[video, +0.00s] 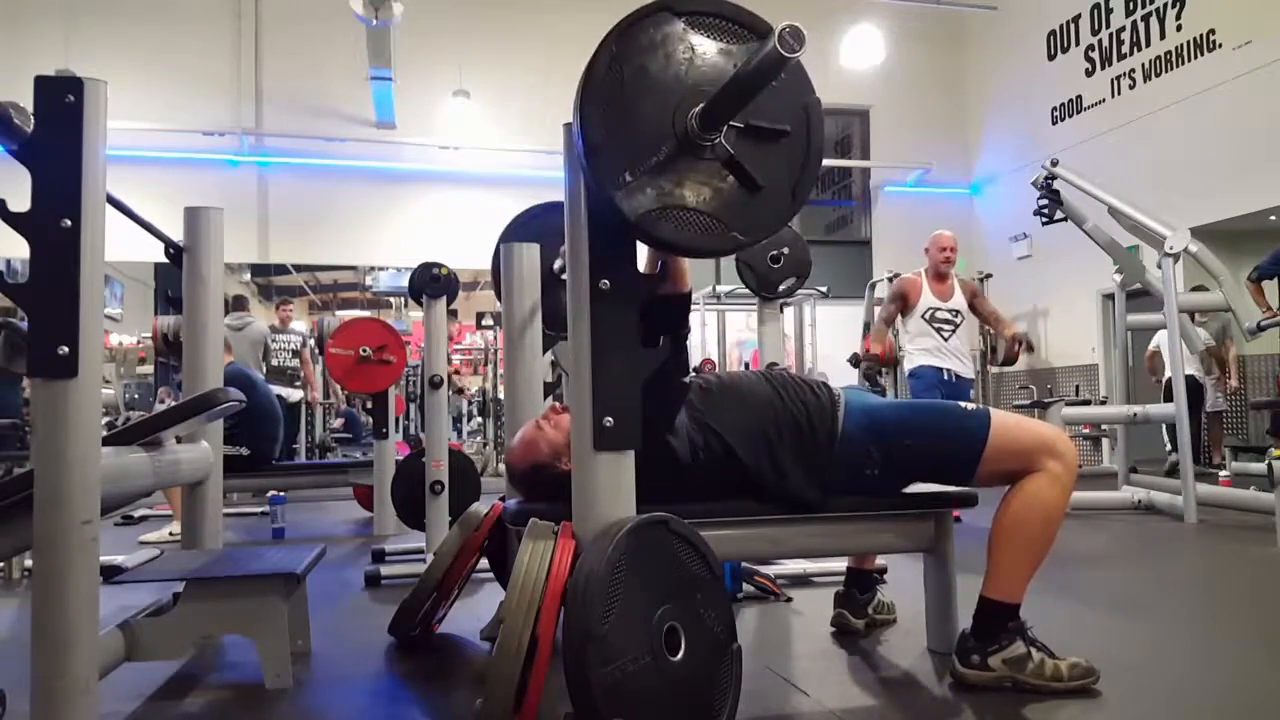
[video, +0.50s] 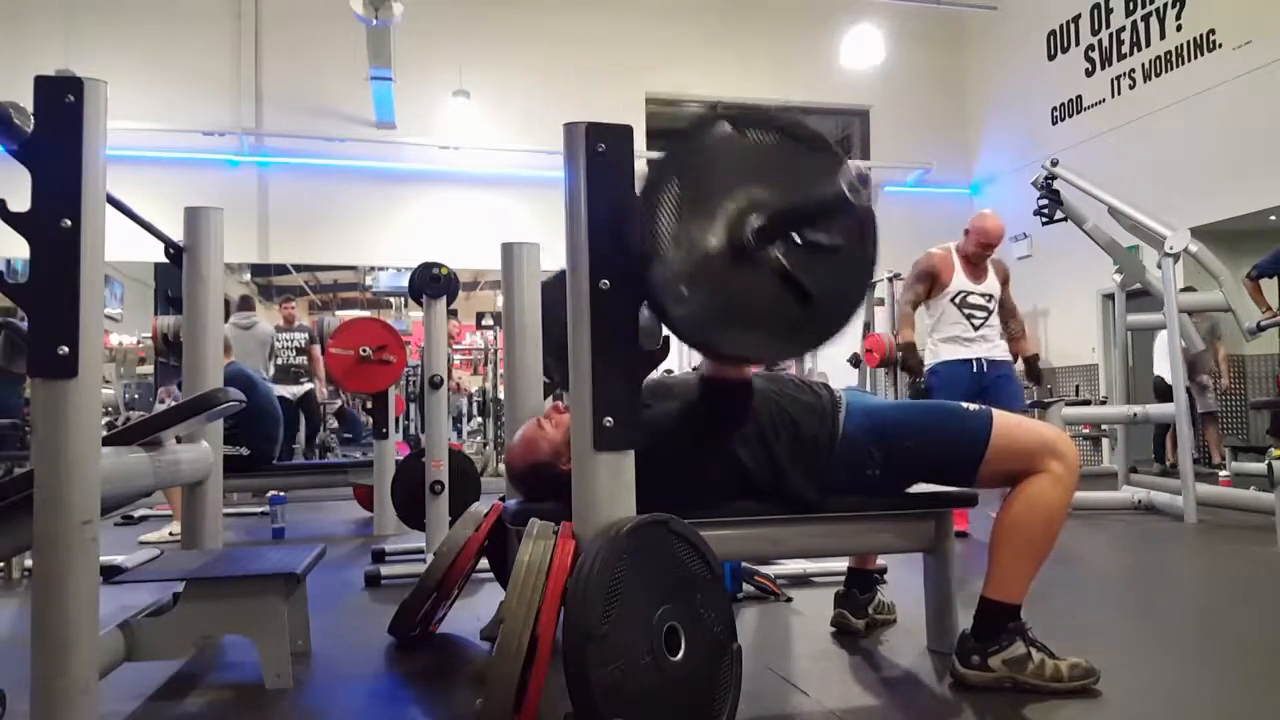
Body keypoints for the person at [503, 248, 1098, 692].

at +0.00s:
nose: (554, 409)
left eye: (544, 413)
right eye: (545, 426)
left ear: (564, 431)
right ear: (562, 463)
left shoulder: (615, 434)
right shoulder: (629, 457)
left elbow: (647, 366)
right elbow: (657, 348)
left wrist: (662, 266)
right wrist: (669, 255)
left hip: (827, 419)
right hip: (846, 435)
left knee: (922, 437)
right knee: (1054, 454)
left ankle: (858, 592)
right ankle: (992, 639)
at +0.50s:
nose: (553, 410)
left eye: (544, 413)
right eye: (544, 425)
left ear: (561, 421)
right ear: (555, 461)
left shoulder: (607, 436)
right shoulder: (617, 460)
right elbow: (714, 408)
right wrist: (731, 306)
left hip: (814, 430)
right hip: (837, 435)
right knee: (1055, 456)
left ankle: (860, 595)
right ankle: (993, 640)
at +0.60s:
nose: (550, 413)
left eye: (541, 416)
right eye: (543, 426)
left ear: (555, 424)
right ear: (553, 457)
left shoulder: (613, 425)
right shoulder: (608, 449)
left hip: (802, 424)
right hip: (826, 437)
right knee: (1057, 454)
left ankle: (858, 594)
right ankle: (992, 640)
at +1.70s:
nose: (546, 412)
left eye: (538, 417)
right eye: (540, 428)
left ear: (557, 422)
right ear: (557, 461)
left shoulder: (608, 425)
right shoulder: (607, 451)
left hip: (806, 426)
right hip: (835, 434)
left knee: (921, 435)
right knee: (1053, 456)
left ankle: (858, 596)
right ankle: (992, 640)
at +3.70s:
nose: (544, 409)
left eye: (533, 416)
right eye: (537, 428)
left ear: (553, 437)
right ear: (556, 458)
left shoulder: (612, 427)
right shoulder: (627, 444)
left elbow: (667, 388)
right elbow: (761, 468)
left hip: (797, 441)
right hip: (827, 452)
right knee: (1053, 455)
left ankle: (856, 596)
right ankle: (993, 640)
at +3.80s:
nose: (545, 408)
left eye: (534, 415)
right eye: (538, 426)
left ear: (554, 437)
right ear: (556, 458)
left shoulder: (615, 426)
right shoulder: (629, 445)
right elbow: (762, 464)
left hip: (805, 432)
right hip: (837, 437)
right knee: (1053, 455)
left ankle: (856, 595)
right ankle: (993, 639)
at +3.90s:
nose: (542, 407)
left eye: (531, 416)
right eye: (536, 424)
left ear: (550, 436)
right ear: (553, 453)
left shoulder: (612, 420)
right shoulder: (621, 450)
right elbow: (746, 451)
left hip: (799, 424)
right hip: (832, 433)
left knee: (890, 446)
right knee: (1052, 455)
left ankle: (855, 597)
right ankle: (993, 640)